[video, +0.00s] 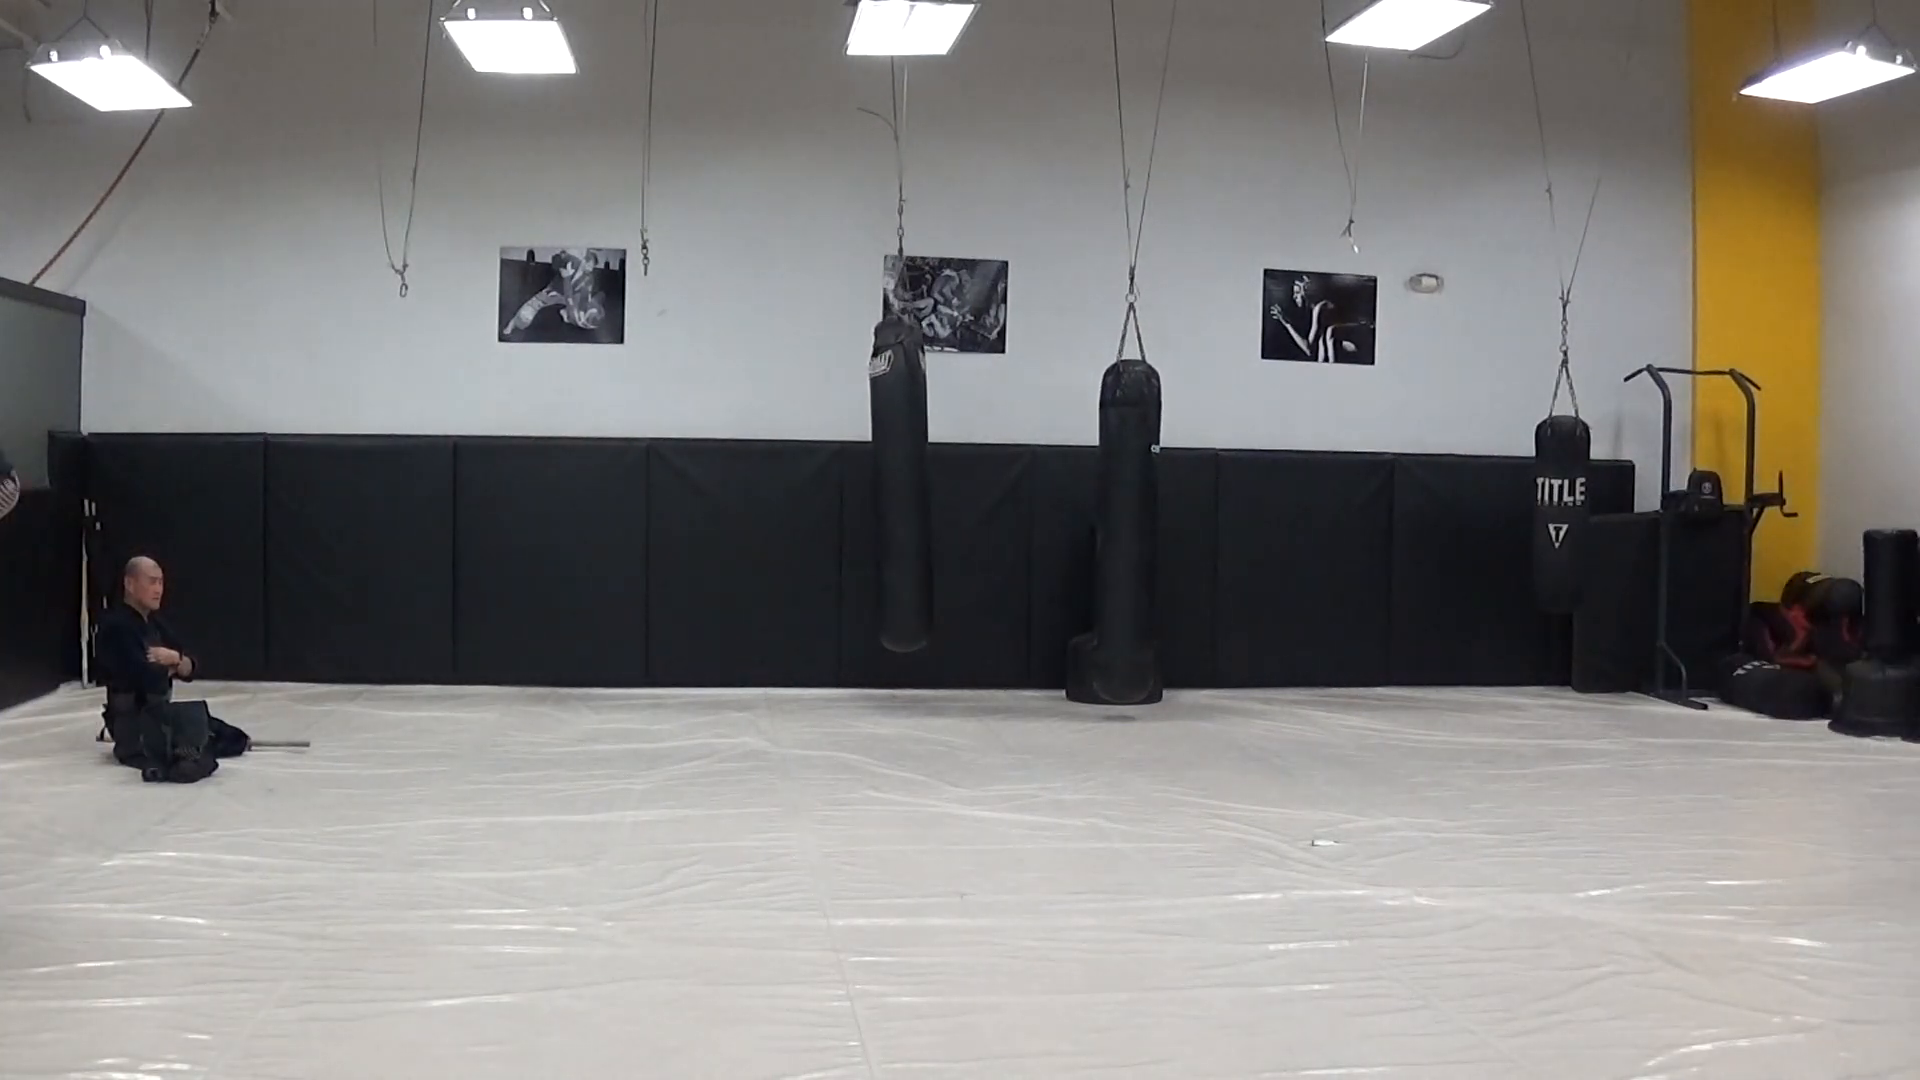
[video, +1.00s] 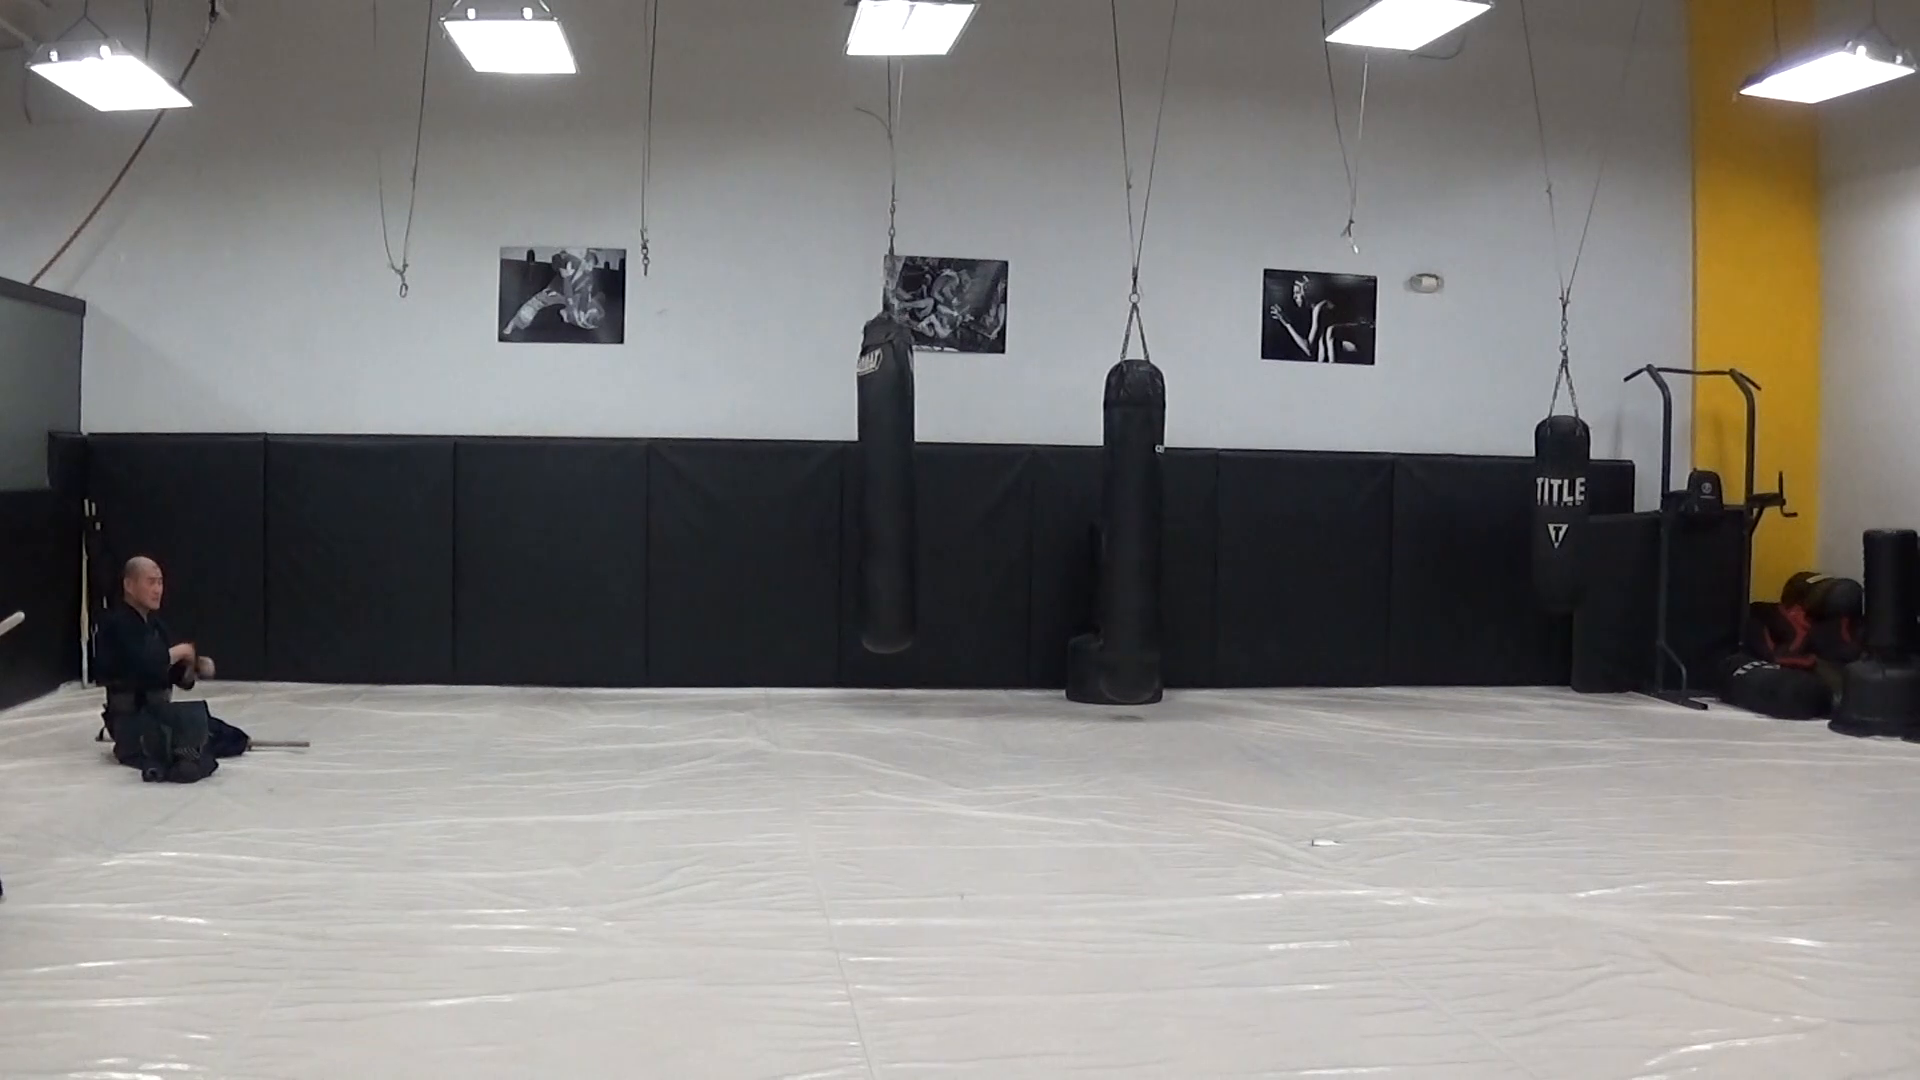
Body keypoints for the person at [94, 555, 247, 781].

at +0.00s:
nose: (159, 589)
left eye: (161, 582)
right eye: (152, 582)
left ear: (163, 584)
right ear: (129, 584)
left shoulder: (155, 622)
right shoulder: (114, 625)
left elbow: (192, 670)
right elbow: (142, 678)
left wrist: (176, 658)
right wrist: (173, 667)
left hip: (161, 721)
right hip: (132, 731)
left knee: (237, 740)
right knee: (200, 760)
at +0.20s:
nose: (159, 589)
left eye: (161, 583)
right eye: (152, 582)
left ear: (164, 585)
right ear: (130, 584)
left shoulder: (155, 622)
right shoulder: (115, 624)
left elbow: (191, 670)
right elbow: (140, 676)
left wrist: (176, 658)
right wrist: (173, 667)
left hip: (161, 720)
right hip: (132, 731)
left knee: (237, 740)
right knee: (200, 761)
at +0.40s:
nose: (160, 590)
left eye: (162, 583)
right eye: (153, 582)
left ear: (164, 585)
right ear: (130, 584)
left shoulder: (156, 622)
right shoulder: (115, 624)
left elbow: (190, 671)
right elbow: (140, 677)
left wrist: (176, 659)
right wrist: (172, 667)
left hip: (162, 721)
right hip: (132, 732)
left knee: (237, 740)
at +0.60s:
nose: (160, 590)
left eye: (161, 583)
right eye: (153, 582)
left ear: (164, 585)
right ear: (130, 585)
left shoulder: (156, 622)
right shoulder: (115, 625)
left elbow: (190, 671)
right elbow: (141, 677)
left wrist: (175, 658)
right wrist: (173, 667)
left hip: (160, 719)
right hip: (131, 728)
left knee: (237, 739)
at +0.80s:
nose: (159, 589)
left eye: (160, 583)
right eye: (152, 582)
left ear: (163, 585)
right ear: (129, 585)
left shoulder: (157, 623)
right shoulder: (114, 623)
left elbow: (192, 671)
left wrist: (178, 659)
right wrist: (172, 667)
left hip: (162, 717)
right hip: (129, 724)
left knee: (236, 740)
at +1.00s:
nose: (159, 589)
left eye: (160, 582)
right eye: (152, 582)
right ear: (129, 585)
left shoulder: (155, 623)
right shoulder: (114, 624)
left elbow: (169, 674)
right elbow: (136, 664)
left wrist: (190, 669)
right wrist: (175, 654)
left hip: (162, 716)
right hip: (129, 723)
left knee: (236, 740)